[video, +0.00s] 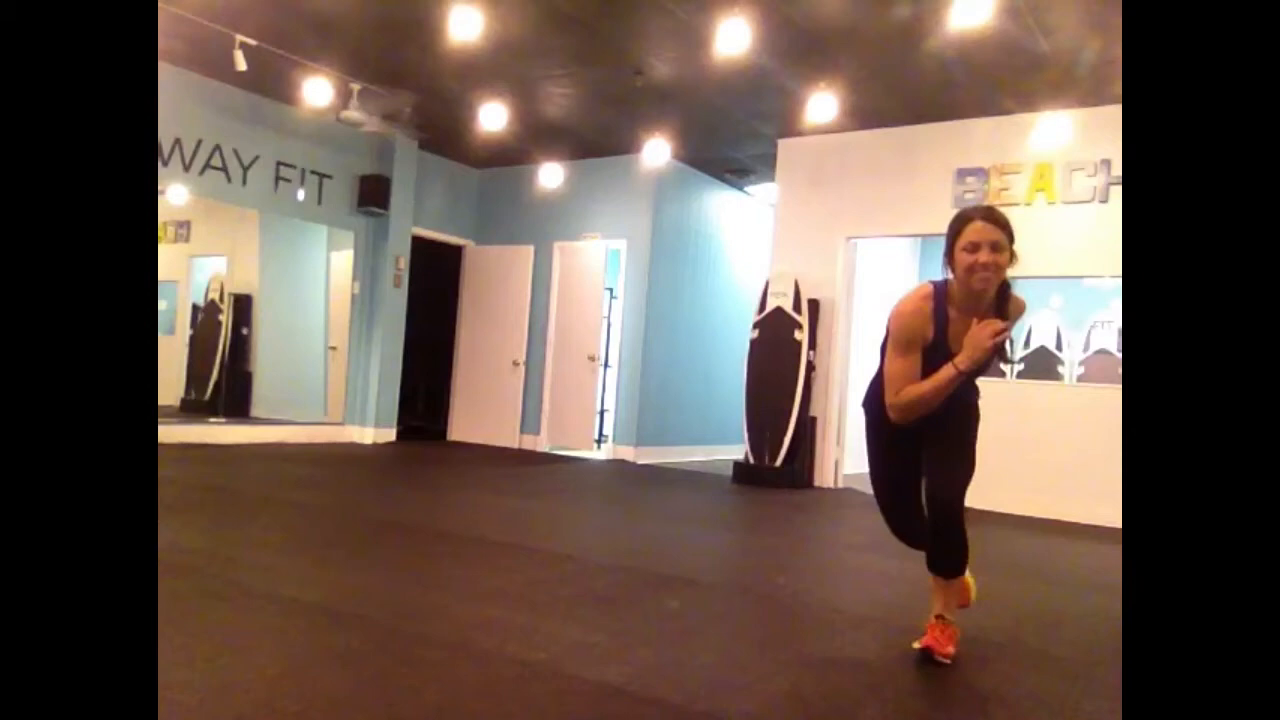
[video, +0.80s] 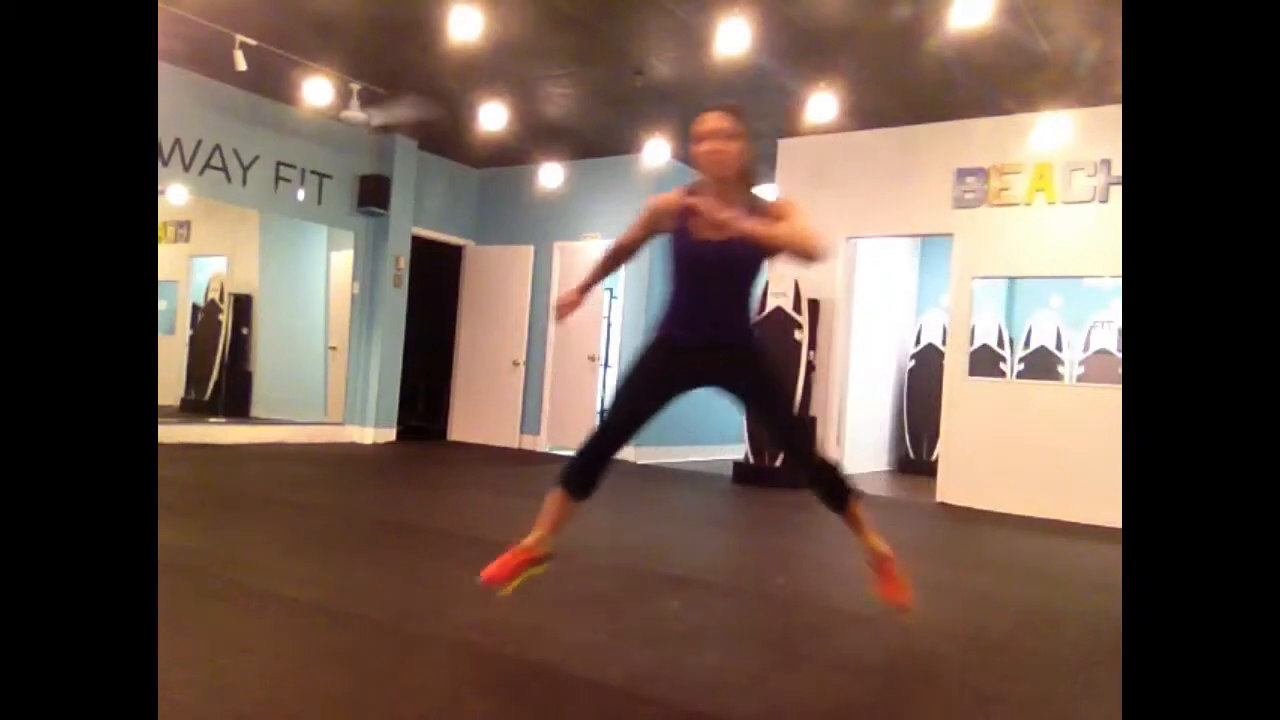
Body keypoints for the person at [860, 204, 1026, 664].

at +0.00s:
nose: (984, 258)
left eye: (996, 248)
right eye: (971, 248)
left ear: (1009, 260)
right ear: (951, 258)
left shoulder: (1010, 309)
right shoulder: (913, 313)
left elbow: (979, 354)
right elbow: (898, 408)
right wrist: (964, 362)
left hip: (954, 406)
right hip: (895, 411)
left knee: (945, 508)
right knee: (905, 524)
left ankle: (940, 620)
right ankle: (953, 562)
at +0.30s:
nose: (953, 240)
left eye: (964, 230)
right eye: (940, 230)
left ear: (979, 241)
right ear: (921, 242)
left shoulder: (982, 294)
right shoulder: (891, 296)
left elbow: (956, 348)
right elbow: (861, 386)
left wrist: (975, 398)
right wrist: (937, 372)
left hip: (936, 403)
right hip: (878, 407)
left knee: (931, 504)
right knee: (891, 516)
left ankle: (942, 617)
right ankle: (931, 552)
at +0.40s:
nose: (927, 232)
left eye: (938, 221)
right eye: (915, 223)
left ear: (955, 232)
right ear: (898, 235)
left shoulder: (964, 300)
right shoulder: (867, 293)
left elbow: (972, 370)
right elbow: (831, 370)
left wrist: (1018, 432)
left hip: (920, 400)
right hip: (862, 400)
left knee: (922, 504)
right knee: (861, 504)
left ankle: (941, 618)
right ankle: (901, 588)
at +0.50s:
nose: (890, 219)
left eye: (901, 209)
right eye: (878, 211)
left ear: (920, 219)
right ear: (865, 223)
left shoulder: (943, 283)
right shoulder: (839, 280)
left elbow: (977, 347)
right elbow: (787, 349)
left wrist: (993, 366)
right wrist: (760, 418)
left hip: (899, 403)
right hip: (839, 400)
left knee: (910, 507)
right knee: (799, 477)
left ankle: (936, 623)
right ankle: (814, 601)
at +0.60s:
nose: (833, 189)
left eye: (845, 178)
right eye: (824, 179)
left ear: (867, 186)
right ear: (815, 190)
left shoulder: (888, 245)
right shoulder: (794, 249)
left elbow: (963, 280)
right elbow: (726, 297)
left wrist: (880, 243)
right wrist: (669, 341)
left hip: (855, 390)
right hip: (793, 386)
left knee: (892, 503)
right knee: (732, 450)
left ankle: (934, 621)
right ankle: (687, 560)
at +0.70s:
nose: (770, 150)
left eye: (782, 140)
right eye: (763, 141)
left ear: (807, 151)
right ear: (753, 153)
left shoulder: (831, 211)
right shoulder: (733, 211)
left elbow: (893, 235)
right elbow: (674, 256)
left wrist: (801, 214)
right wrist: (619, 299)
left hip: (798, 362)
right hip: (735, 355)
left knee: (860, 475)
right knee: (654, 433)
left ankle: (928, 597)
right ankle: (597, 532)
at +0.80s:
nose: (714, 148)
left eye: (726, 137)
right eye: (704, 139)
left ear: (748, 150)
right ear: (691, 152)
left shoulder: (769, 213)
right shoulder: (672, 208)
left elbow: (812, 249)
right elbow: (622, 250)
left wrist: (739, 224)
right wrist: (583, 288)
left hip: (738, 354)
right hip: (675, 350)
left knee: (801, 452)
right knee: (605, 440)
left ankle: (875, 548)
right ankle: (537, 543)